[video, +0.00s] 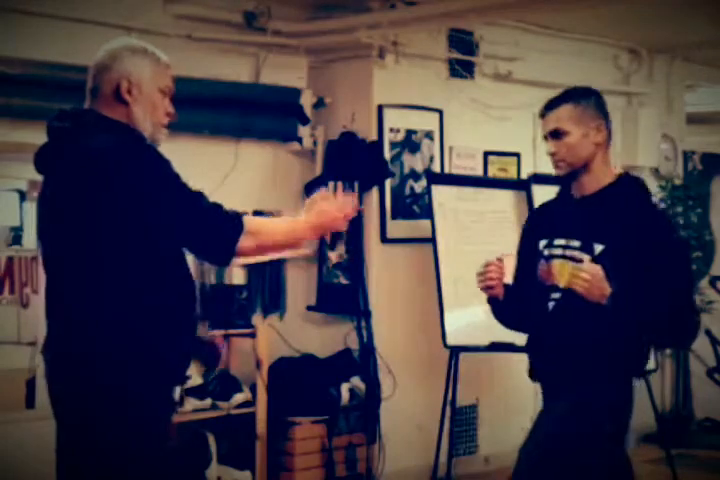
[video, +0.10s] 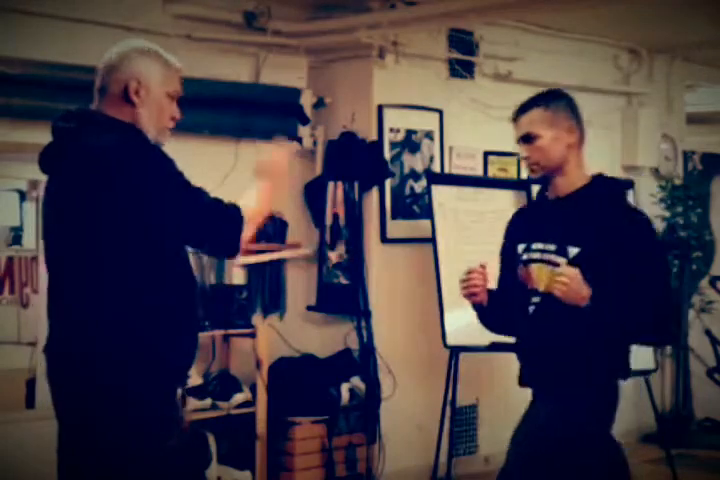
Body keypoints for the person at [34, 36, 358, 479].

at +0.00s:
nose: (171, 112)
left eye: (171, 98)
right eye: (165, 95)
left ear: (124, 90)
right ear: (128, 90)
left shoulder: (69, 158)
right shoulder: (126, 156)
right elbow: (226, 239)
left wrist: (294, 228)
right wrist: (310, 225)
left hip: (81, 374)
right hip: (127, 380)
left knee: (85, 470)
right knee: (133, 470)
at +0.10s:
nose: (178, 115)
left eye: (178, 102)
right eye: (173, 99)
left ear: (134, 92)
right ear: (137, 92)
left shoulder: (73, 155)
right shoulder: (131, 156)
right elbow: (224, 232)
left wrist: (238, 233)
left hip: (83, 367)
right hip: (132, 373)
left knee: (88, 469)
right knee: (143, 469)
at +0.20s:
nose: (188, 118)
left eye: (189, 106)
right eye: (183, 103)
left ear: (139, 93)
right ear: (146, 94)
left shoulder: (76, 155)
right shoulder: (143, 159)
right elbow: (232, 224)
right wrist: (208, 160)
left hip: (80, 362)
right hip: (133, 368)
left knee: (84, 468)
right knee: (130, 469)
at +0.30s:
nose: (195, 128)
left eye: (198, 116)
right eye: (192, 112)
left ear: (150, 96)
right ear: (159, 99)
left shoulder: (79, 157)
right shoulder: (158, 160)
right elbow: (233, 239)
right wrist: (220, 194)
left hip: (76, 359)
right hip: (136, 367)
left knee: (81, 468)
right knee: (132, 469)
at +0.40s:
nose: (197, 136)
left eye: (202, 124)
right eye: (196, 120)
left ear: (157, 102)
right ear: (163, 104)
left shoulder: (79, 159)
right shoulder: (157, 164)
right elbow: (223, 245)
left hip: (75, 364)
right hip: (132, 371)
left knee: (78, 468)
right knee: (132, 469)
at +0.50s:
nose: (203, 142)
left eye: (209, 130)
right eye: (203, 126)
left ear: (162, 105)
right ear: (170, 107)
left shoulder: (77, 165)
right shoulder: (163, 170)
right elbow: (238, 281)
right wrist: (303, 340)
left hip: (70, 367)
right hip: (135, 375)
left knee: (75, 469)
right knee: (133, 469)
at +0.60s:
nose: (204, 144)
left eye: (209, 132)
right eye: (204, 127)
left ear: (167, 104)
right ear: (172, 107)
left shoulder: (80, 163)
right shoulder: (163, 170)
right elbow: (236, 290)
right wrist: (299, 348)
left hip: (71, 368)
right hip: (133, 377)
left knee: (75, 470)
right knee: (131, 470)